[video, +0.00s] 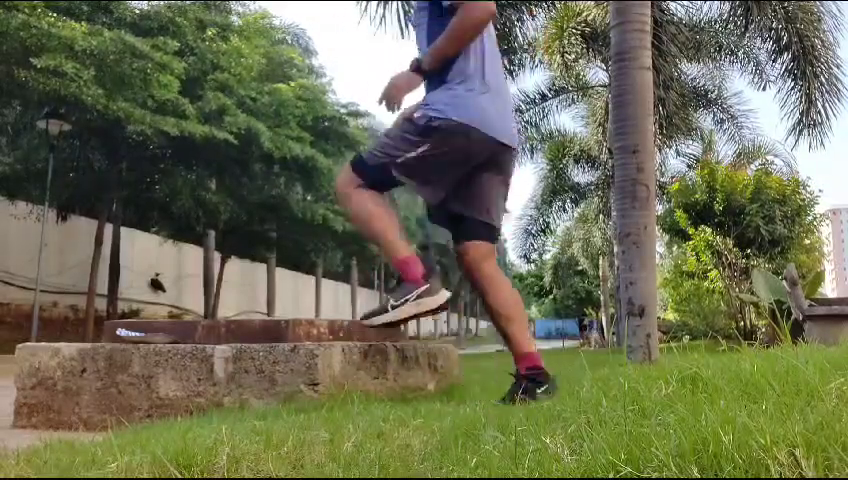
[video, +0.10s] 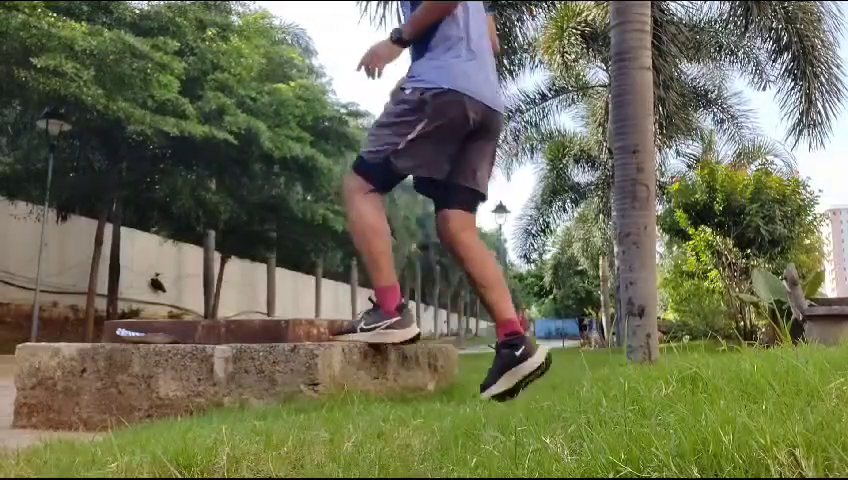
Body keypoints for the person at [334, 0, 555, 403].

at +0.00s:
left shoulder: (440, 4)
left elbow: (481, 9)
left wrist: (416, 71)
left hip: (457, 112)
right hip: (503, 129)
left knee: (353, 184)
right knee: (478, 255)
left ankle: (415, 279)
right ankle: (532, 372)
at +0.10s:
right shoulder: (477, 7)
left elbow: (445, 3)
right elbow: (491, 40)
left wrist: (395, 41)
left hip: (440, 79)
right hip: (490, 96)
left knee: (360, 185)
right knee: (457, 225)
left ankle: (389, 307)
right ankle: (513, 339)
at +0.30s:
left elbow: (381, 6)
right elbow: (496, 3)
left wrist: (372, 9)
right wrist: (464, 31)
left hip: (436, 50)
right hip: (481, 58)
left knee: (402, 176)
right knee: (427, 183)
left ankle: (403, 309)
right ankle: (439, 307)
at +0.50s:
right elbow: (511, 2)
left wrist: (394, 1)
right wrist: (469, 27)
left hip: (450, 62)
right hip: (483, 68)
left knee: (428, 196)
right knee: (429, 196)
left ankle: (485, 326)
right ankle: (441, 318)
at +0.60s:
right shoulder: (488, 4)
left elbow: (432, 5)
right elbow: (527, 19)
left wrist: (405, 29)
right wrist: (487, 64)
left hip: (462, 99)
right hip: (497, 103)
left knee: (464, 238)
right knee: (410, 210)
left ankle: (514, 371)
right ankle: (468, 306)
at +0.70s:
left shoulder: (427, 2)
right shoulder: (486, 6)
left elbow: (454, 6)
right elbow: (530, 39)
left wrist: (407, 69)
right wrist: (493, 96)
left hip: (465, 121)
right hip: (498, 124)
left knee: (472, 254)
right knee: (414, 233)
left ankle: (527, 382)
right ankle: (500, 317)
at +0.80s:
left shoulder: (431, 2)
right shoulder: (486, 9)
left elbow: (474, 3)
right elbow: (520, 49)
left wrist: (411, 55)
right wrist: (476, 87)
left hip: (461, 110)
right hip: (499, 118)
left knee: (416, 239)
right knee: (464, 248)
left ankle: (502, 351)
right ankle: (523, 363)